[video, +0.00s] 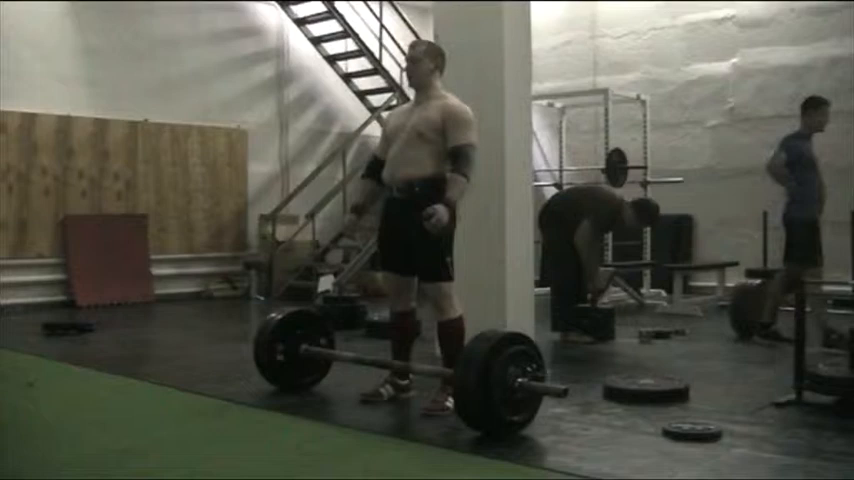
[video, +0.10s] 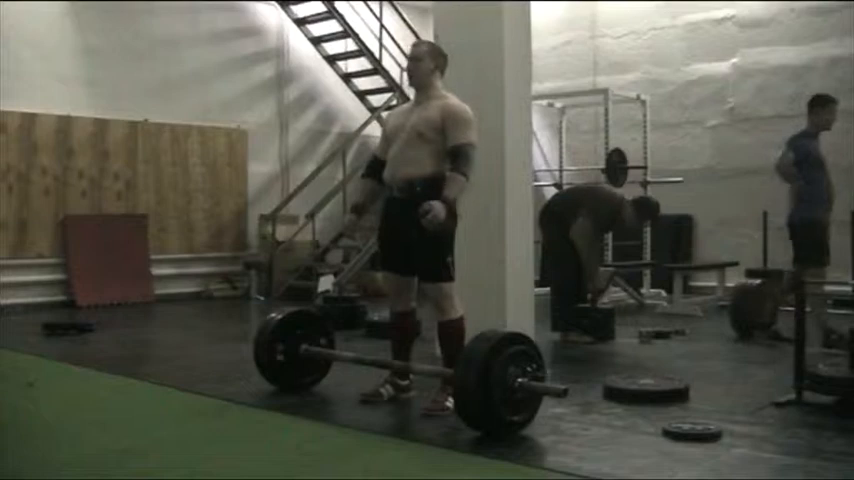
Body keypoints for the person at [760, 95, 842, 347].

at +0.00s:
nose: (826, 121)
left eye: (826, 116)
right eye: (823, 116)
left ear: (814, 117)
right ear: (808, 115)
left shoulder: (805, 144)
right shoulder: (793, 142)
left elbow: (809, 175)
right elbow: (773, 166)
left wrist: (816, 194)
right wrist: (792, 185)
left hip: (806, 215)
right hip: (799, 216)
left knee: (794, 271)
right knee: (811, 273)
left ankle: (767, 322)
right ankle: (822, 330)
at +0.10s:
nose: (833, 119)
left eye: (834, 114)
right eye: (830, 114)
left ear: (820, 115)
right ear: (815, 113)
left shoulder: (812, 143)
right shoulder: (801, 142)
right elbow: (782, 165)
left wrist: (823, 194)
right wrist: (799, 183)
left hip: (815, 218)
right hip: (806, 219)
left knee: (806, 275)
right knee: (813, 276)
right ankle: (820, 331)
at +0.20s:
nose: (844, 118)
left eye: (844, 112)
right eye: (840, 112)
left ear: (830, 113)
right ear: (827, 112)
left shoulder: (821, 142)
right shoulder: (811, 143)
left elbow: (820, 185)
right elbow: (800, 186)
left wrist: (834, 218)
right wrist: (798, 219)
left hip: (826, 219)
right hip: (815, 220)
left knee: (823, 277)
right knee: (815, 279)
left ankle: (818, 333)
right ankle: (811, 340)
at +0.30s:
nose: (850, 117)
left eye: (850, 111)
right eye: (847, 111)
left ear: (831, 111)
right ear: (836, 111)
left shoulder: (819, 141)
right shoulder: (822, 144)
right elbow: (833, 188)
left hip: (821, 220)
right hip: (822, 221)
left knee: (823, 280)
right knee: (823, 280)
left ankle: (820, 333)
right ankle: (817, 337)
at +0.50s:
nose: (850, 114)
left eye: (849, 108)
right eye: (850, 108)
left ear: (845, 108)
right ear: (845, 108)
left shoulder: (835, 135)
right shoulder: (835, 135)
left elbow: (822, 163)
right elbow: (823, 162)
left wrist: (836, 185)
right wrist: (838, 186)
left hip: (839, 214)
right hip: (837, 214)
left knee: (832, 277)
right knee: (831, 276)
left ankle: (831, 332)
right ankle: (830, 332)